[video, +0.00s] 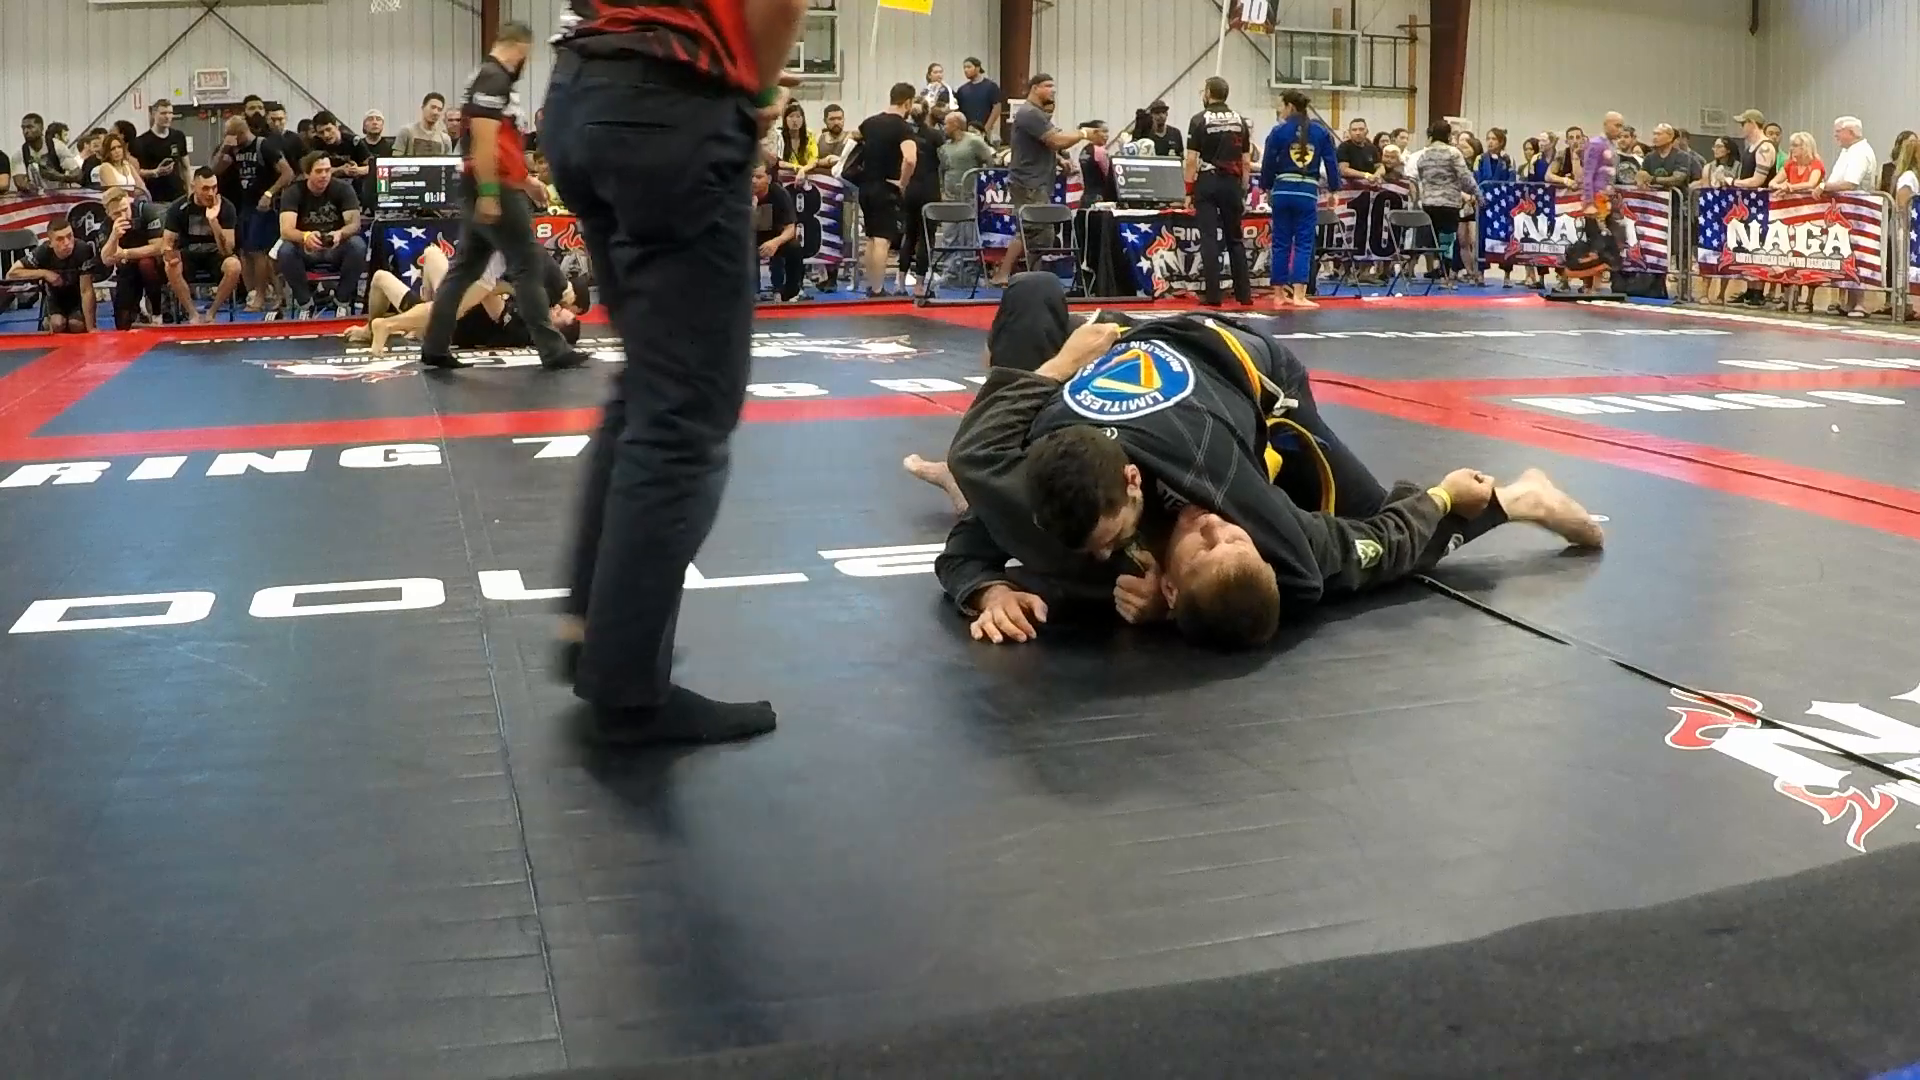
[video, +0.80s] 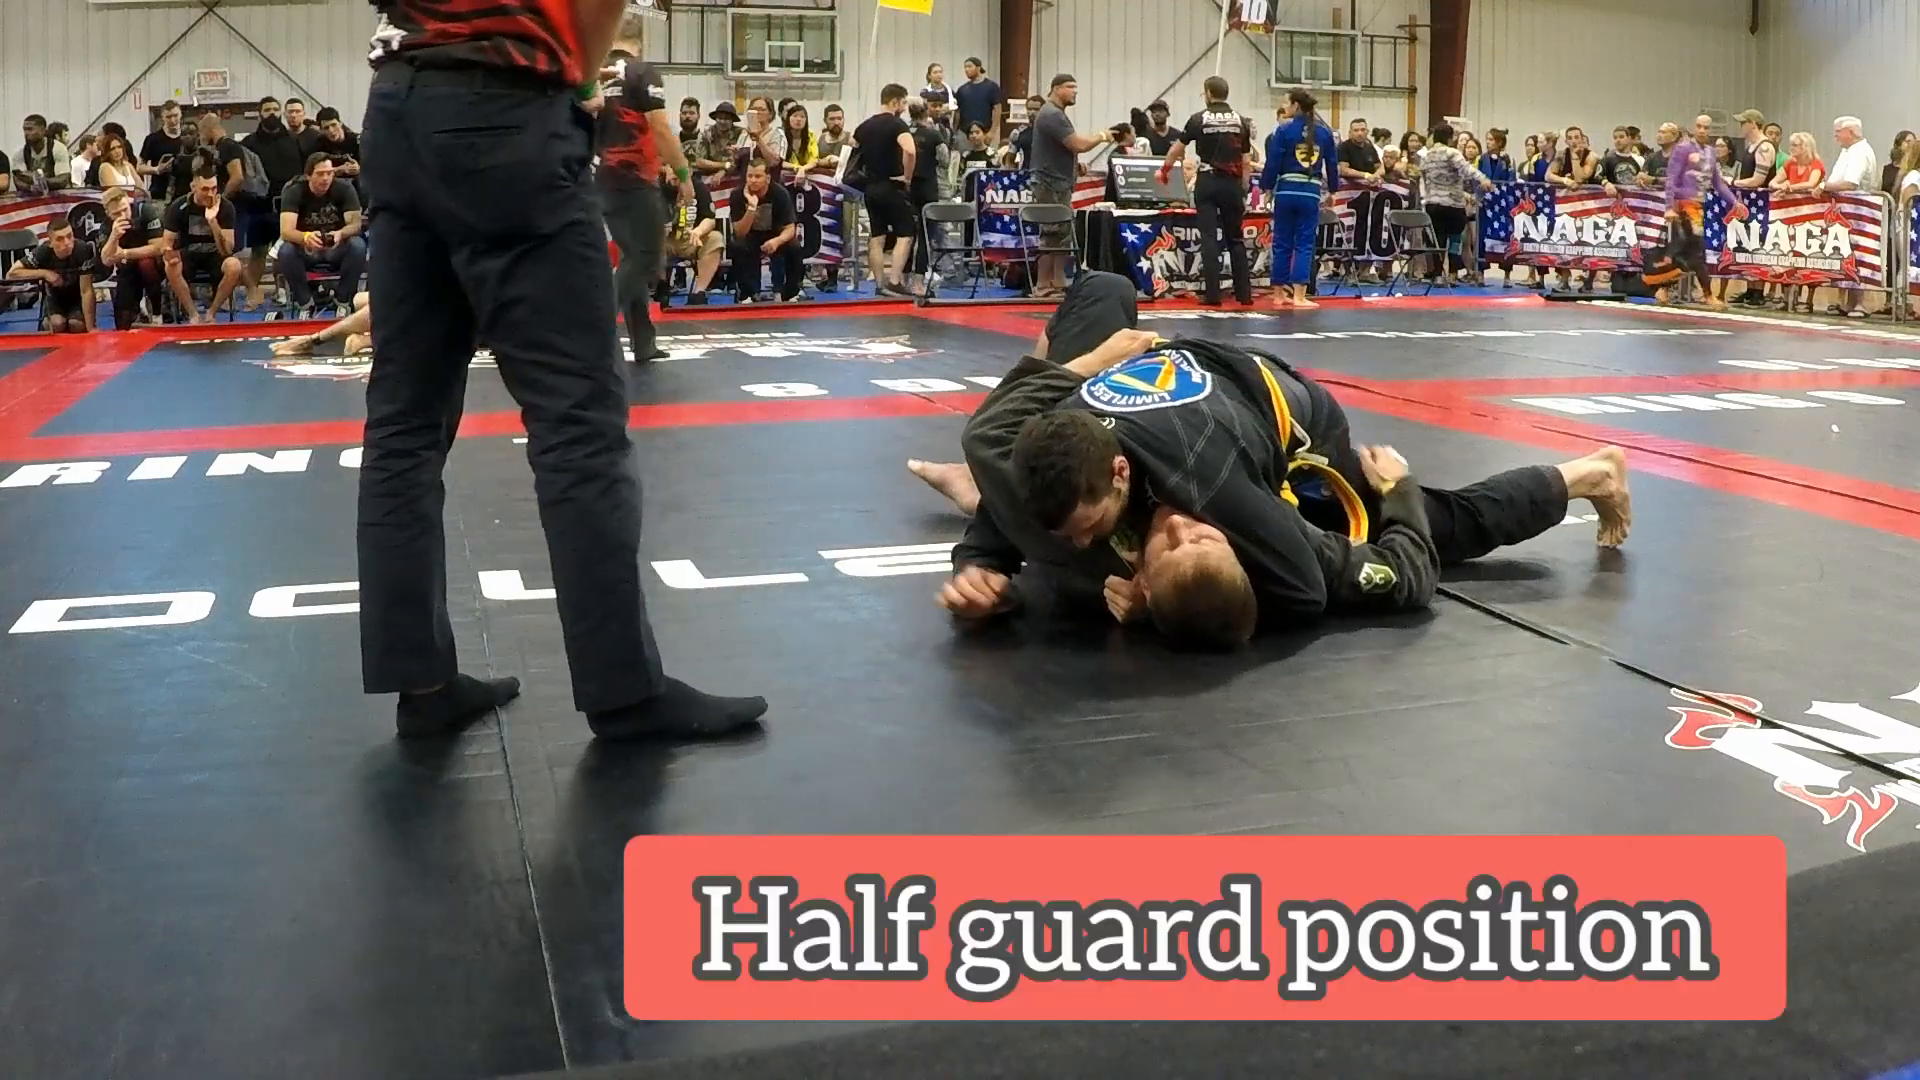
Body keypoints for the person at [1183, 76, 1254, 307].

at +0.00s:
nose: (1202, 94)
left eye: (1204, 91)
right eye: (1204, 90)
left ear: (1208, 94)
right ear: (1226, 95)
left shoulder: (1199, 120)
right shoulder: (1239, 120)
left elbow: (1191, 160)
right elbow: (1245, 160)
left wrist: (1189, 191)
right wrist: (1243, 190)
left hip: (1207, 179)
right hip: (1232, 181)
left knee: (1208, 238)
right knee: (1235, 238)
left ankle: (1213, 295)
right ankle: (1243, 294)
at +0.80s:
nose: (1203, 95)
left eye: (1204, 92)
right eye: (1204, 92)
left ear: (1208, 94)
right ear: (1226, 94)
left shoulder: (1197, 120)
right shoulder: (1241, 121)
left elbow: (1177, 149)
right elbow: (1245, 159)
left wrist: (1164, 169)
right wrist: (1244, 189)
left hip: (1206, 181)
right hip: (1233, 183)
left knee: (1208, 238)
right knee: (1235, 238)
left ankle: (1212, 295)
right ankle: (1244, 295)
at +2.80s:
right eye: (1225, 92)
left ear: (1208, 93)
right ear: (1228, 94)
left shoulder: (1194, 120)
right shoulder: (1238, 121)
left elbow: (1187, 158)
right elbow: (1244, 160)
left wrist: (1189, 189)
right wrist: (1244, 192)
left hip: (1204, 181)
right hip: (1230, 182)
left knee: (1208, 239)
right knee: (1237, 238)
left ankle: (1212, 294)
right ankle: (1245, 294)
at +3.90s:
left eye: (1203, 92)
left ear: (1204, 94)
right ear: (1224, 93)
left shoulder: (1194, 119)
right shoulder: (1238, 120)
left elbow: (1188, 157)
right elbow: (1245, 159)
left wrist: (1186, 189)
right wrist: (1246, 191)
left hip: (1203, 180)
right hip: (1231, 181)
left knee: (1208, 239)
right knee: (1237, 238)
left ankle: (1212, 295)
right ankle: (1245, 294)